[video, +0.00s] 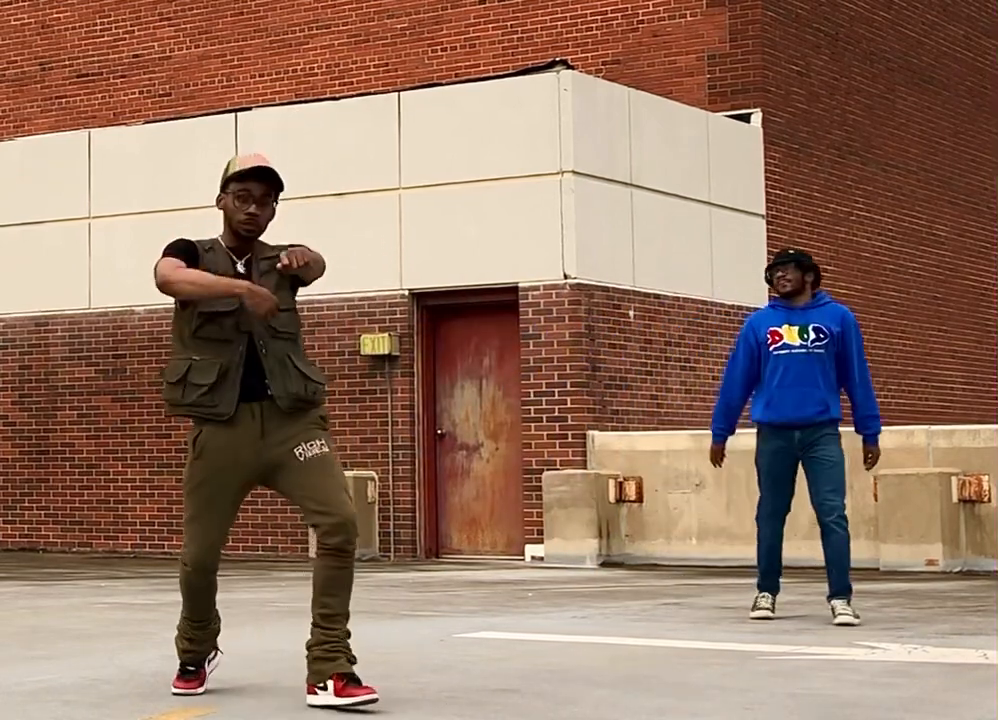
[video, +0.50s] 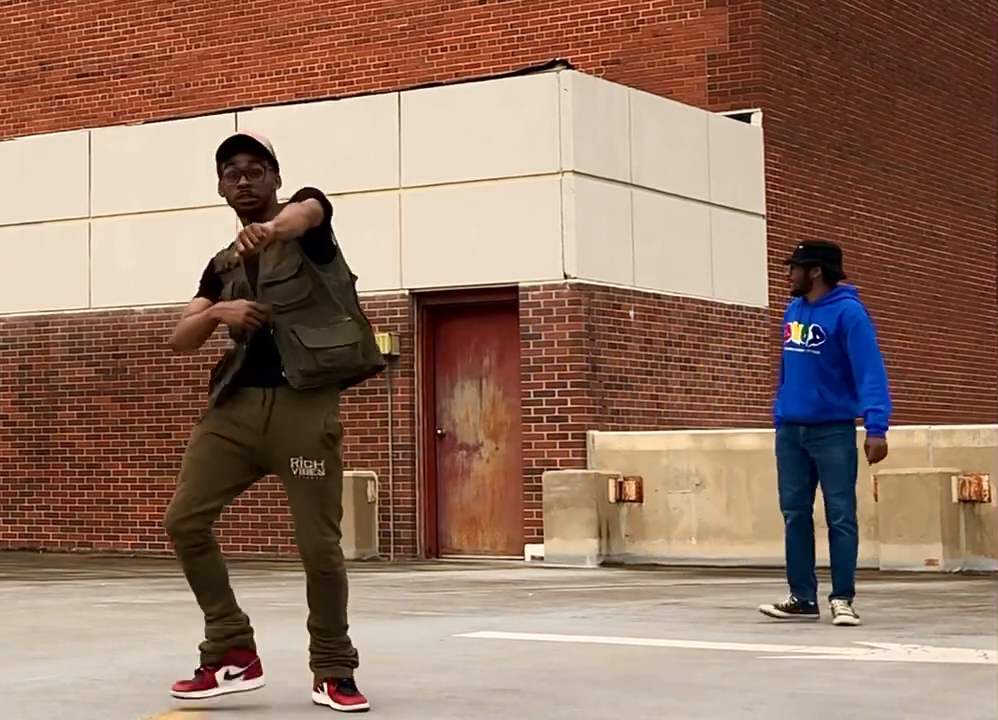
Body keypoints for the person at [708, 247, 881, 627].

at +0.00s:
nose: (781, 276)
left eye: (788, 270)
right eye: (776, 272)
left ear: (808, 275)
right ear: (772, 280)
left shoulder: (838, 317)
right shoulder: (759, 322)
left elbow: (857, 377)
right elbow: (736, 380)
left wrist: (870, 432)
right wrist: (719, 435)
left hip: (822, 432)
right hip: (773, 433)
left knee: (832, 513)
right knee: (770, 514)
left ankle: (840, 599)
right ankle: (766, 592)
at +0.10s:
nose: (787, 272)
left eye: (795, 265)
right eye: (784, 267)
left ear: (818, 271)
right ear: (783, 274)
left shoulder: (848, 314)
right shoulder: (768, 316)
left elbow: (871, 371)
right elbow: (748, 373)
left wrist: (887, 423)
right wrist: (734, 423)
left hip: (829, 432)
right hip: (780, 433)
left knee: (837, 515)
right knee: (771, 512)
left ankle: (841, 599)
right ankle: (773, 587)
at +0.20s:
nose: (789, 273)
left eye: (797, 267)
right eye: (788, 268)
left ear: (821, 270)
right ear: (789, 273)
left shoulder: (852, 314)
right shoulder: (774, 314)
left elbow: (878, 371)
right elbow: (756, 372)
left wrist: (897, 423)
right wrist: (748, 425)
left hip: (831, 432)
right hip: (782, 432)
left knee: (838, 514)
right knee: (774, 510)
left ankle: (840, 598)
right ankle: (786, 587)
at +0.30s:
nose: (789, 272)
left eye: (797, 267)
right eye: (790, 267)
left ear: (823, 271)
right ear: (804, 272)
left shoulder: (854, 314)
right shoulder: (782, 313)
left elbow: (885, 372)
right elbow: (772, 371)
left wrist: (906, 429)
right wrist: (769, 421)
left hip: (831, 431)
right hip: (783, 431)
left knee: (838, 515)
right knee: (781, 511)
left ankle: (840, 599)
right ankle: (801, 596)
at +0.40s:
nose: (790, 273)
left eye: (796, 268)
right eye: (791, 267)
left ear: (819, 271)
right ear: (809, 272)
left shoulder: (854, 315)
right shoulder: (789, 313)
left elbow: (883, 374)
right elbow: (783, 369)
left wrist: (898, 433)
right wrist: (778, 413)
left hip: (832, 432)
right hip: (788, 431)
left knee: (838, 517)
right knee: (796, 515)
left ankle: (841, 600)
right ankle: (801, 599)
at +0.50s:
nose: (789, 274)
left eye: (794, 268)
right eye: (790, 268)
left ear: (816, 271)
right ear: (808, 272)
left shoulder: (849, 312)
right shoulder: (794, 310)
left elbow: (871, 370)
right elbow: (788, 368)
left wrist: (876, 428)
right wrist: (780, 417)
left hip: (833, 429)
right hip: (790, 429)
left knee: (840, 515)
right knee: (795, 514)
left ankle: (842, 599)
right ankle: (803, 599)